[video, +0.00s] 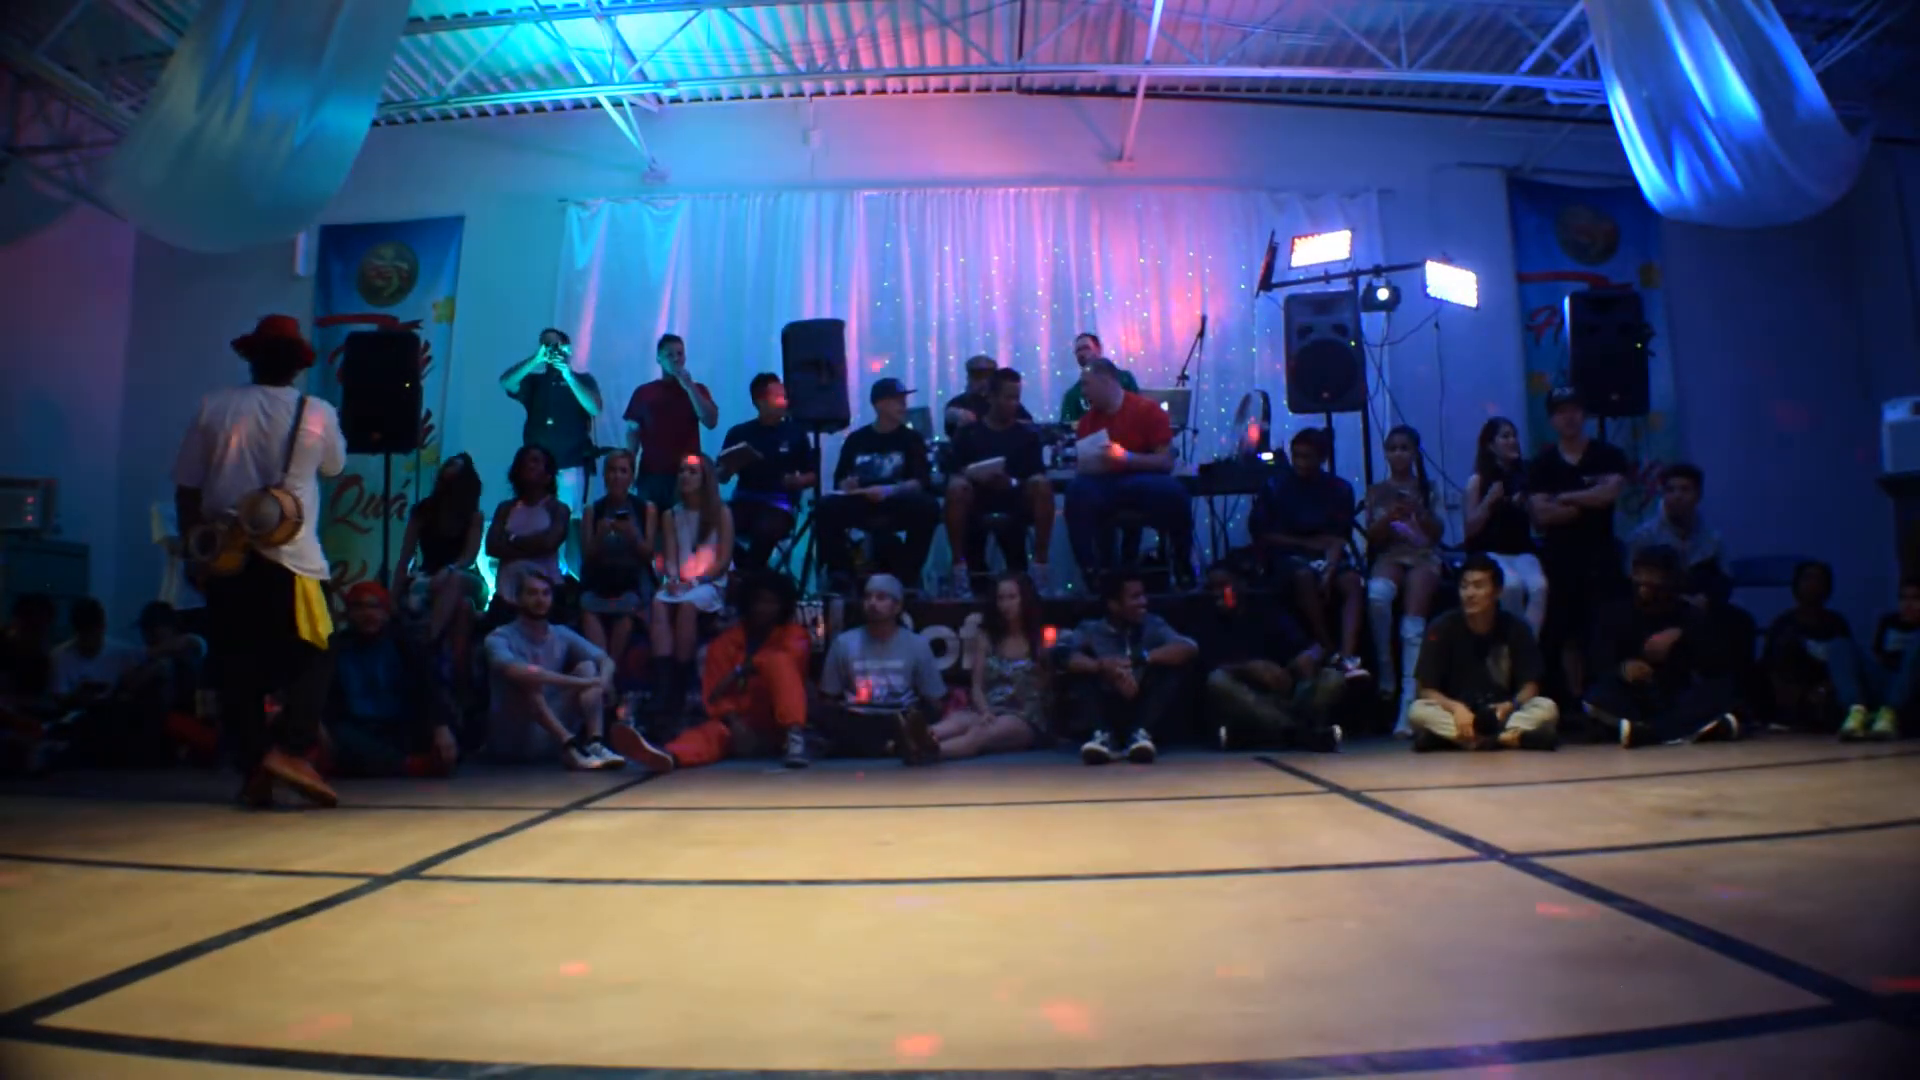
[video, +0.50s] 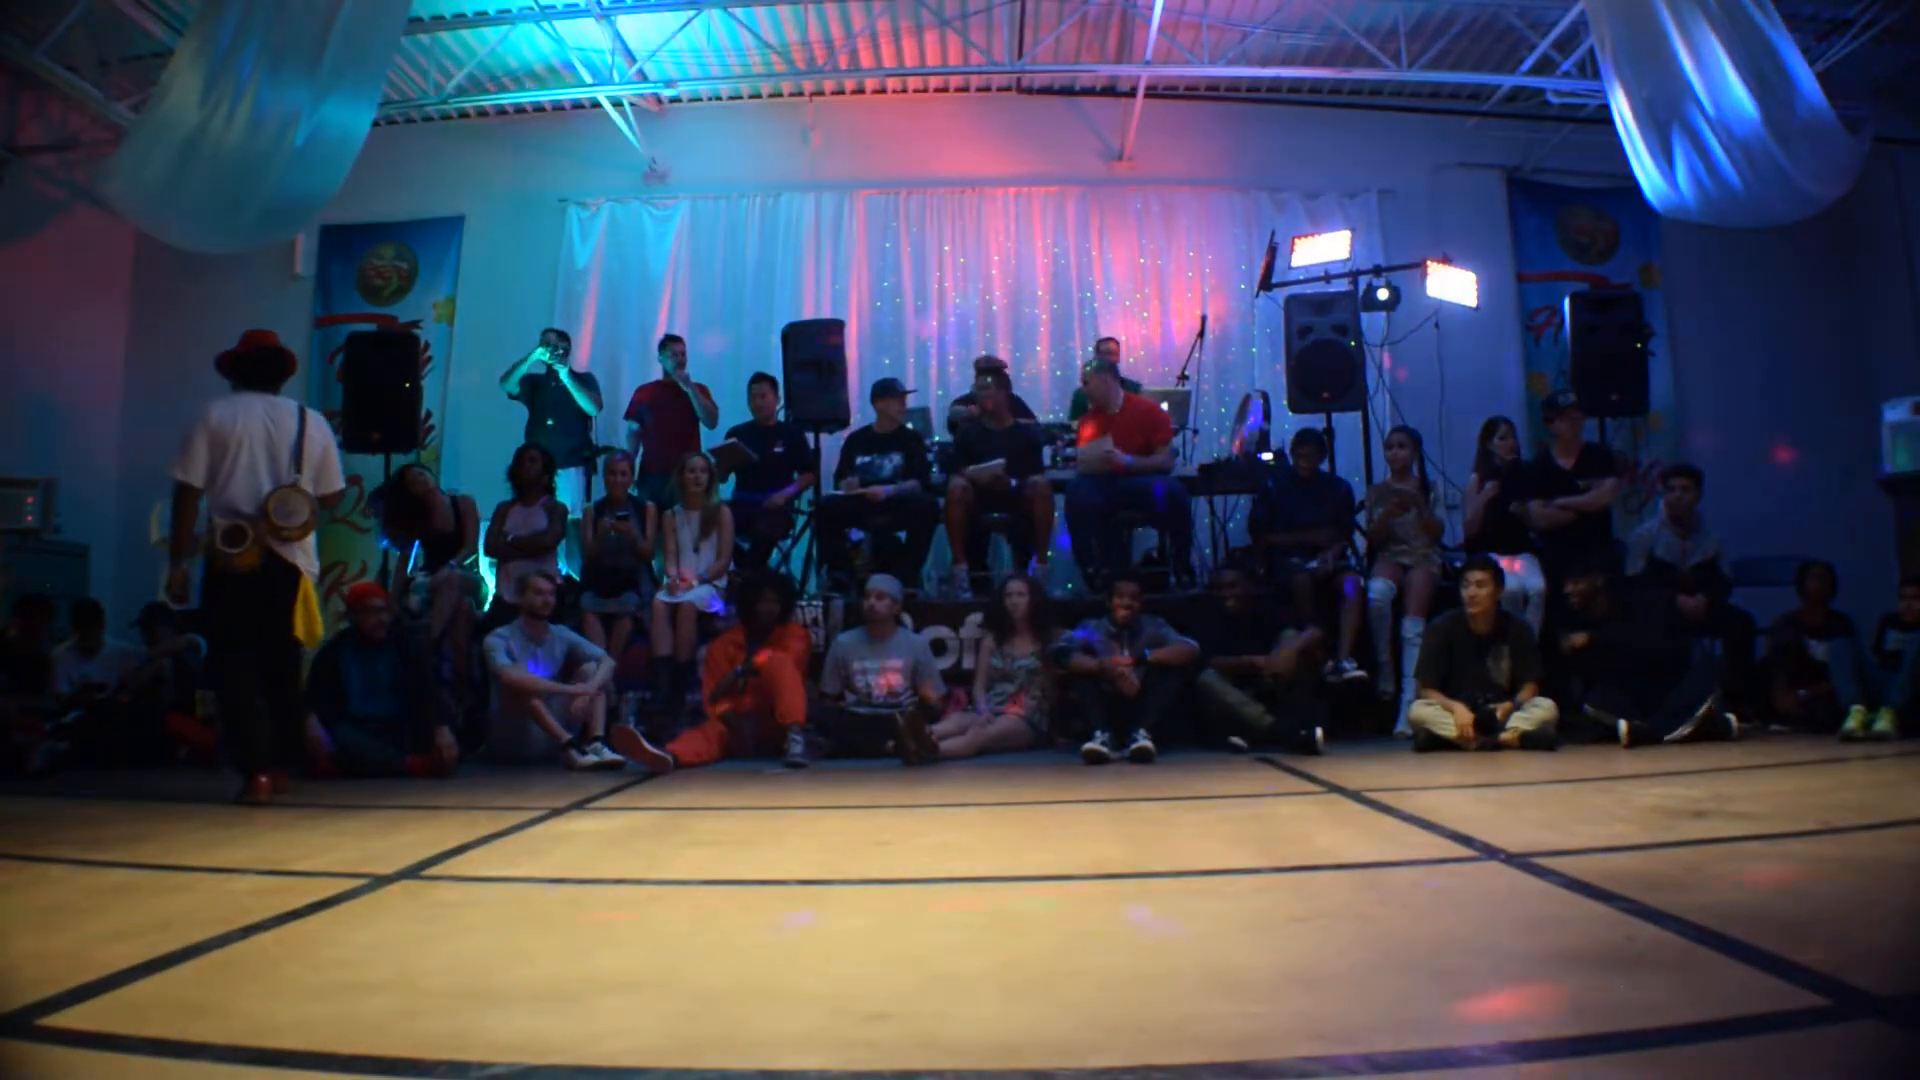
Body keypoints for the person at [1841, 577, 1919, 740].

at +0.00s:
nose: (1909, 605)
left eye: (1914, 598)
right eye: (1905, 598)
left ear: (1919, 602)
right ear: (1899, 600)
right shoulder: (1888, 622)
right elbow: (1876, 653)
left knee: (1911, 657)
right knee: (1841, 647)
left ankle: (1889, 712)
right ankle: (1856, 709)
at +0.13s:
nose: (1909, 605)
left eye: (1914, 599)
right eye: (1904, 598)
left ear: (1919, 602)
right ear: (1899, 600)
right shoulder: (1888, 622)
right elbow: (1876, 653)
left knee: (1912, 656)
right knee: (1841, 647)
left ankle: (1889, 713)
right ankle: (1856, 709)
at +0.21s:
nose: (1909, 604)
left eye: (1914, 598)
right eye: (1904, 598)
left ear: (1919, 601)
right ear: (1899, 600)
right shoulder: (1888, 622)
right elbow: (1877, 654)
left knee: (1912, 656)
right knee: (1841, 647)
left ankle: (1889, 712)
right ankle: (1856, 709)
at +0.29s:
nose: (1908, 604)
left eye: (1914, 598)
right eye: (1904, 598)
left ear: (1919, 601)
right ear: (1899, 600)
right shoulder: (1888, 622)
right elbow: (1876, 653)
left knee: (1912, 657)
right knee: (1843, 648)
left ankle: (1889, 712)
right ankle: (1856, 709)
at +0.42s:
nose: (1908, 604)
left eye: (1914, 598)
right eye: (1904, 598)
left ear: (1919, 601)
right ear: (1899, 600)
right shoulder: (1888, 622)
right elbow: (1875, 653)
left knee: (1912, 655)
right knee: (1842, 647)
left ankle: (1889, 712)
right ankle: (1856, 710)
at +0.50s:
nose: (1908, 604)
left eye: (1914, 599)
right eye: (1904, 598)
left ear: (1919, 602)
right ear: (1898, 600)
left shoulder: (1916, 629)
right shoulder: (1887, 623)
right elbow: (1875, 653)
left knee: (1912, 657)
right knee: (1843, 648)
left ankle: (1889, 712)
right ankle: (1856, 709)